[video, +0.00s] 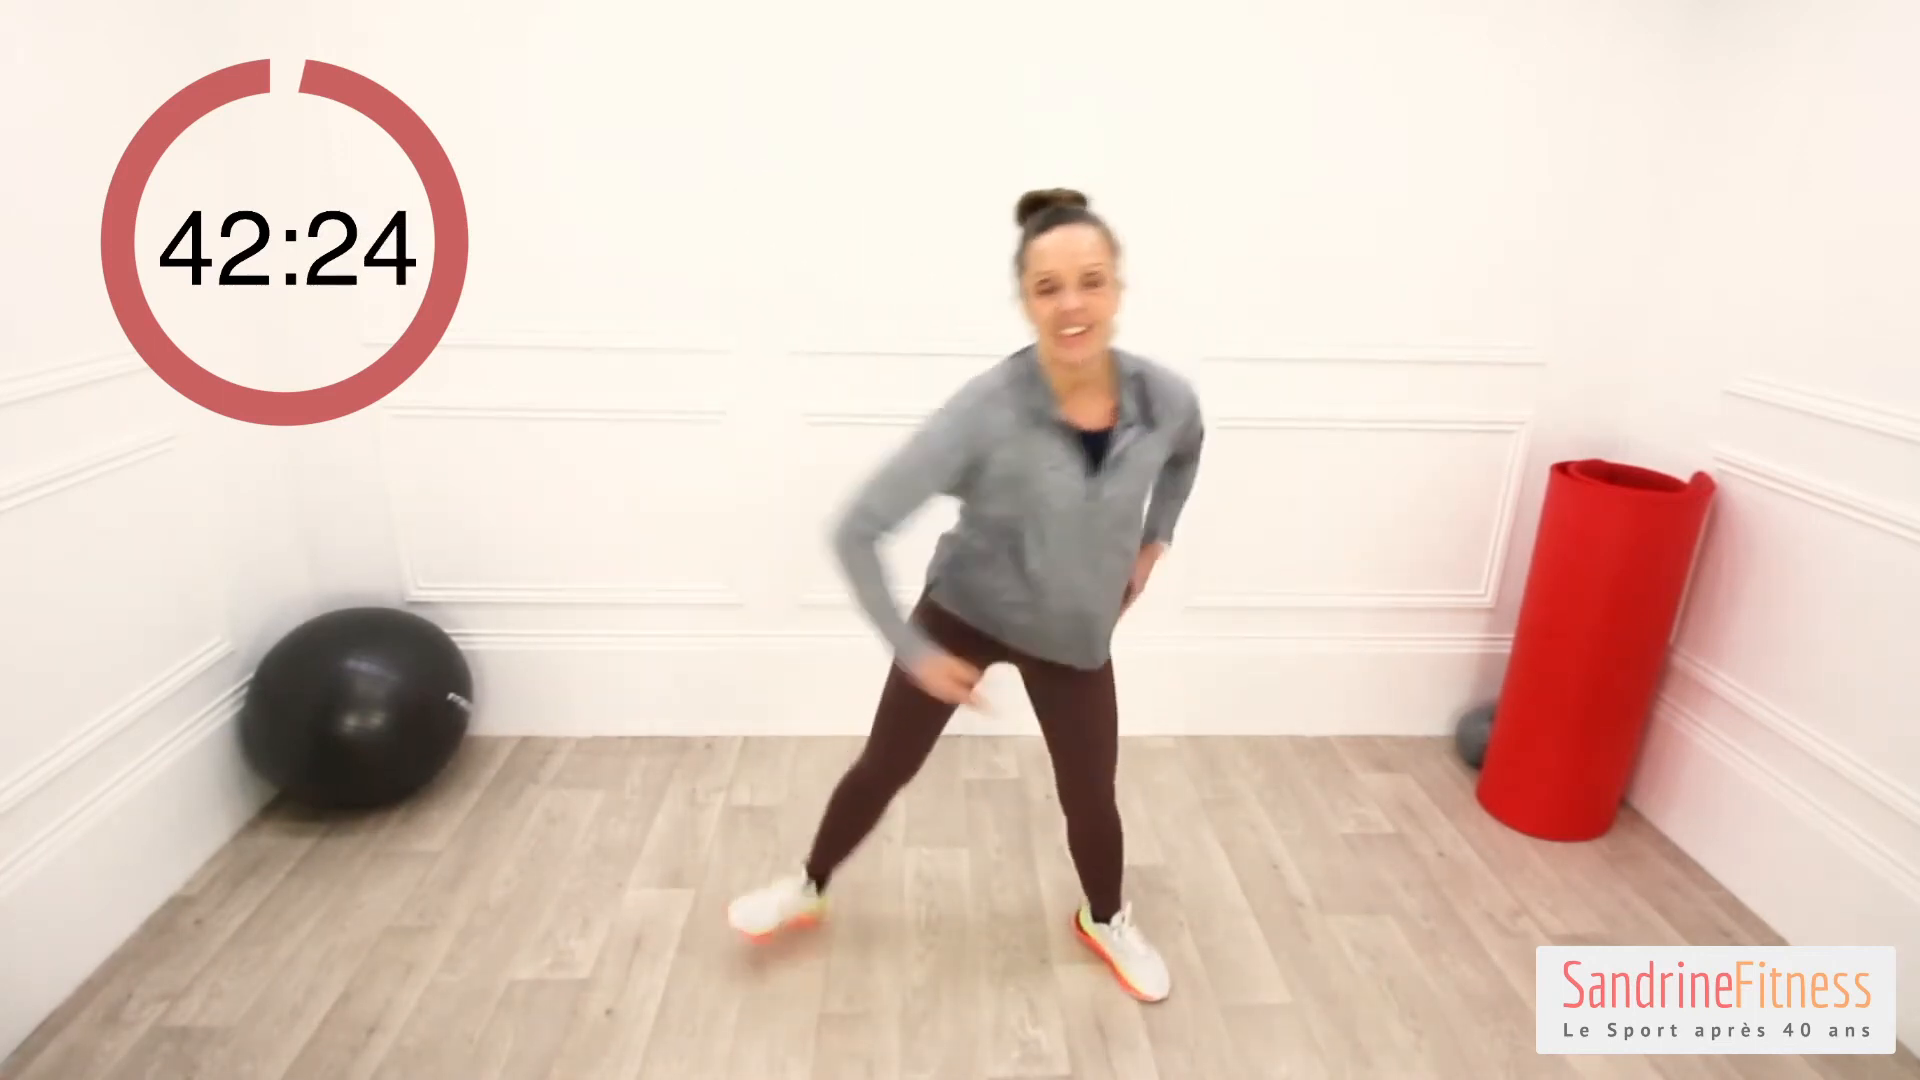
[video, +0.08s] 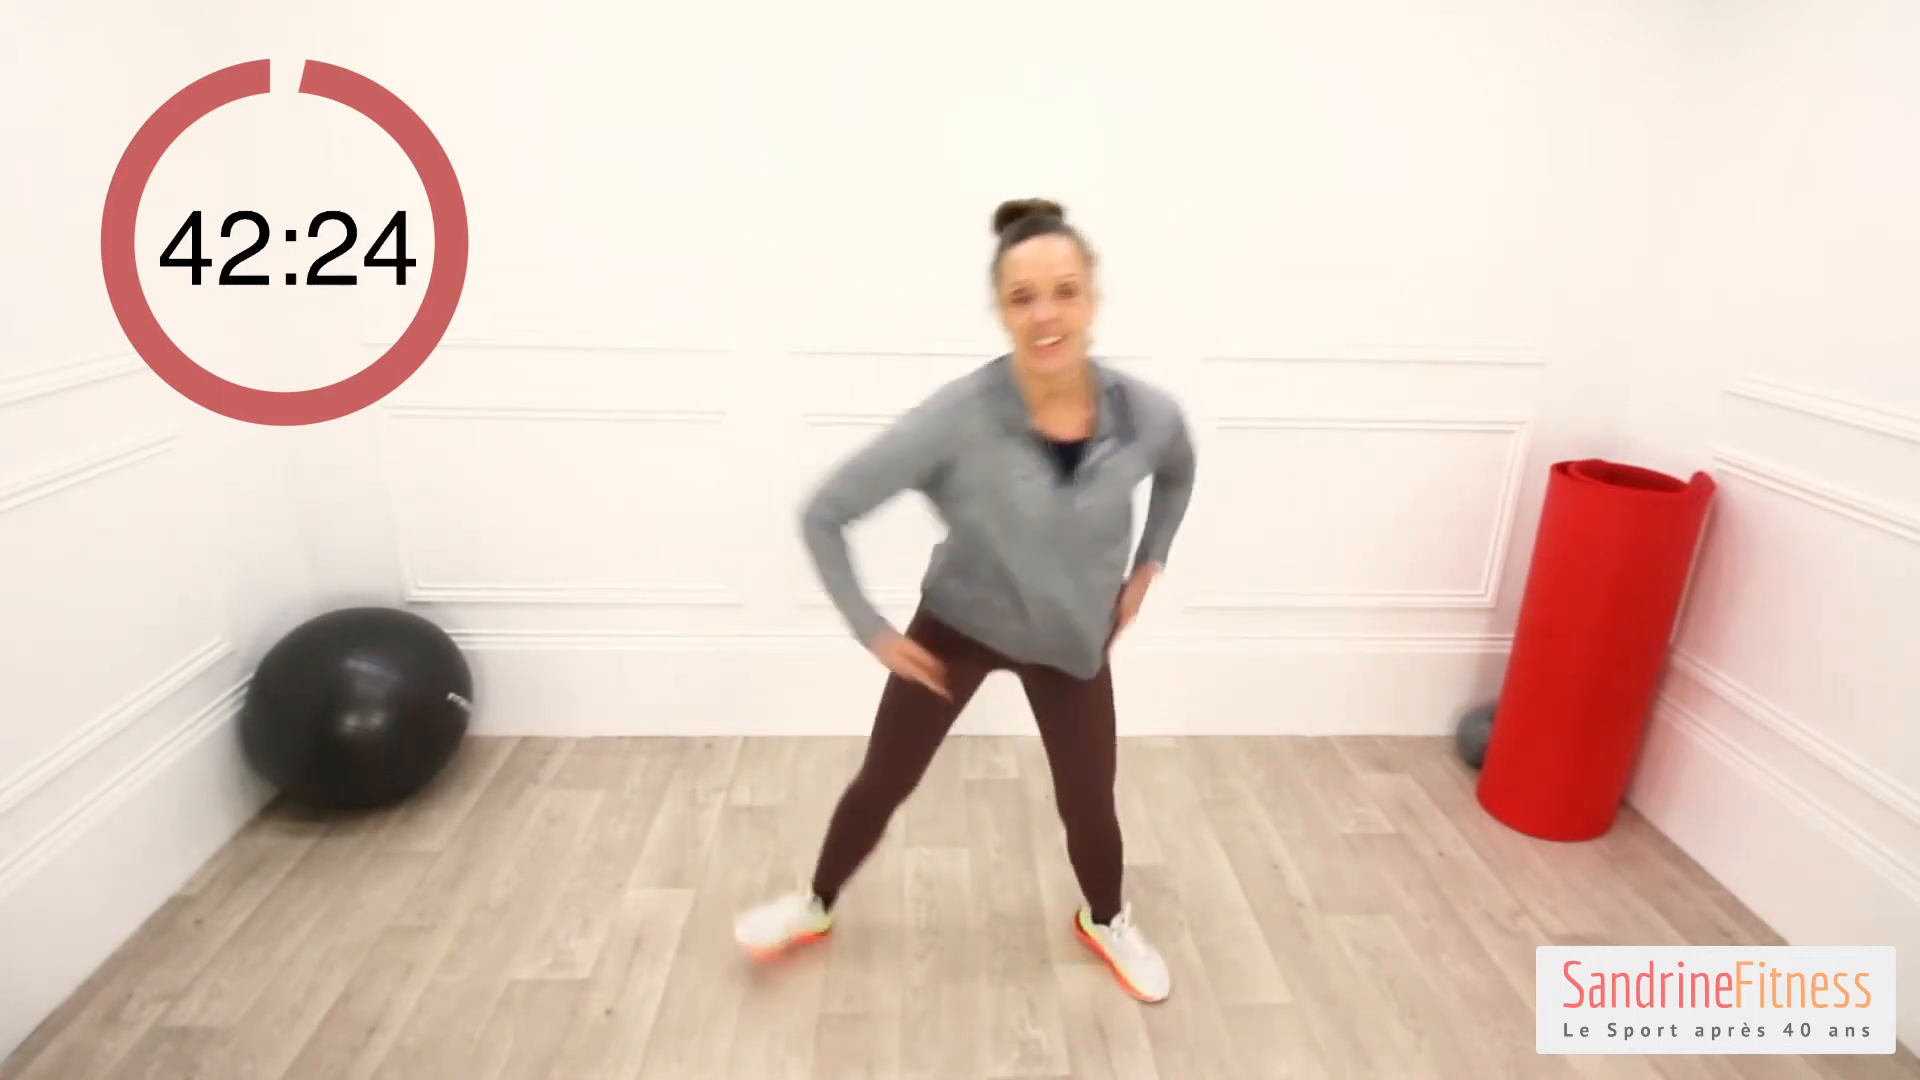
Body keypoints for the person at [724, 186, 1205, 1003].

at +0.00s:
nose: (1073, 307)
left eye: (1091, 284)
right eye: (1049, 289)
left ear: (1120, 291)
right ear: (1024, 303)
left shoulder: (1165, 403)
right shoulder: (987, 412)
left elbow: (1185, 457)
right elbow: (854, 531)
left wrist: (1154, 539)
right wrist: (913, 649)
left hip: (1077, 627)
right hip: (967, 612)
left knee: (1092, 797)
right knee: (885, 768)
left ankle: (1105, 918)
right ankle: (807, 886)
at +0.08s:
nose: (1046, 317)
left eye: (1065, 294)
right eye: (1023, 299)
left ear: (1095, 302)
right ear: (1000, 314)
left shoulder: (1147, 416)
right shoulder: (960, 418)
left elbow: (1177, 476)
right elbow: (823, 515)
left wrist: (1145, 571)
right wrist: (875, 631)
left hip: (1075, 632)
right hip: (961, 620)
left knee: (1091, 802)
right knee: (884, 782)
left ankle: (1105, 920)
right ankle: (817, 904)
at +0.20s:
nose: (954, 340)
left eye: (974, 319)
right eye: (934, 322)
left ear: (1005, 328)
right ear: (912, 335)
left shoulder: (1054, 454)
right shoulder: (871, 434)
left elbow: (1127, 556)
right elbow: (781, 478)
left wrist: (1096, 663)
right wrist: (827, 582)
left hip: (1044, 661)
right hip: (933, 650)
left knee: (1064, 822)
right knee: (863, 805)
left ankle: (1106, 924)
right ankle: (797, 922)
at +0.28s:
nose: (892, 323)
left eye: (912, 301)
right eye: (871, 303)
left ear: (944, 311)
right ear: (849, 318)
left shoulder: (995, 441)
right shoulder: (814, 421)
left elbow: (1067, 573)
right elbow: (790, 470)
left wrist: (1003, 668)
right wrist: (834, 558)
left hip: (1010, 641)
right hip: (896, 642)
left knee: (1052, 799)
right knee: (839, 806)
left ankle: (1109, 919)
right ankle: (795, 922)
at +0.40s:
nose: (823, 288)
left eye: (843, 264)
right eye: (800, 269)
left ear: (877, 272)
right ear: (779, 284)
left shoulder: (924, 389)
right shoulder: (770, 380)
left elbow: (983, 543)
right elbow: (819, 507)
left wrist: (856, 569)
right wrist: (826, 566)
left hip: (973, 612)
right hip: (865, 619)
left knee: (1041, 749)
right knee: (823, 788)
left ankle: (1113, 880)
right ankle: (796, 920)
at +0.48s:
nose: (798, 279)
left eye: (817, 256)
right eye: (774, 261)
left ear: (850, 264)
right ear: (752, 277)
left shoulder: (895, 367)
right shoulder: (749, 370)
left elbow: (922, 485)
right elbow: (799, 480)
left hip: (951, 596)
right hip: (851, 611)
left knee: (1016, 737)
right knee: (818, 786)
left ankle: (1097, 840)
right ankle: (796, 919)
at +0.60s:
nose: (776, 291)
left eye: (794, 266)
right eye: (751, 273)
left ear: (827, 274)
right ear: (729, 291)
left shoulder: (869, 364)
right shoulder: (733, 377)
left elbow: (866, 431)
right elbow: (765, 457)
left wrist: (687, 432)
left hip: (936, 604)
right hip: (836, 623)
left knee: (992, 751)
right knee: (800, 794)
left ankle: (1058, 824)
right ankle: (797, 921)